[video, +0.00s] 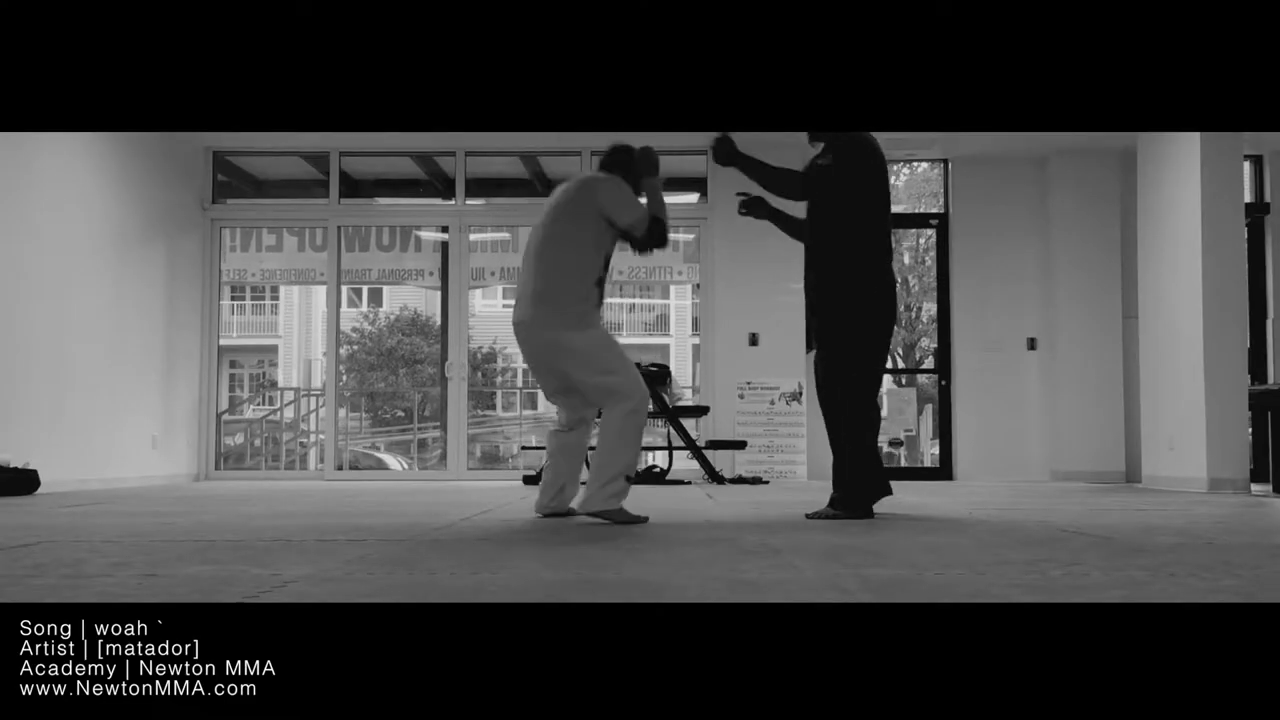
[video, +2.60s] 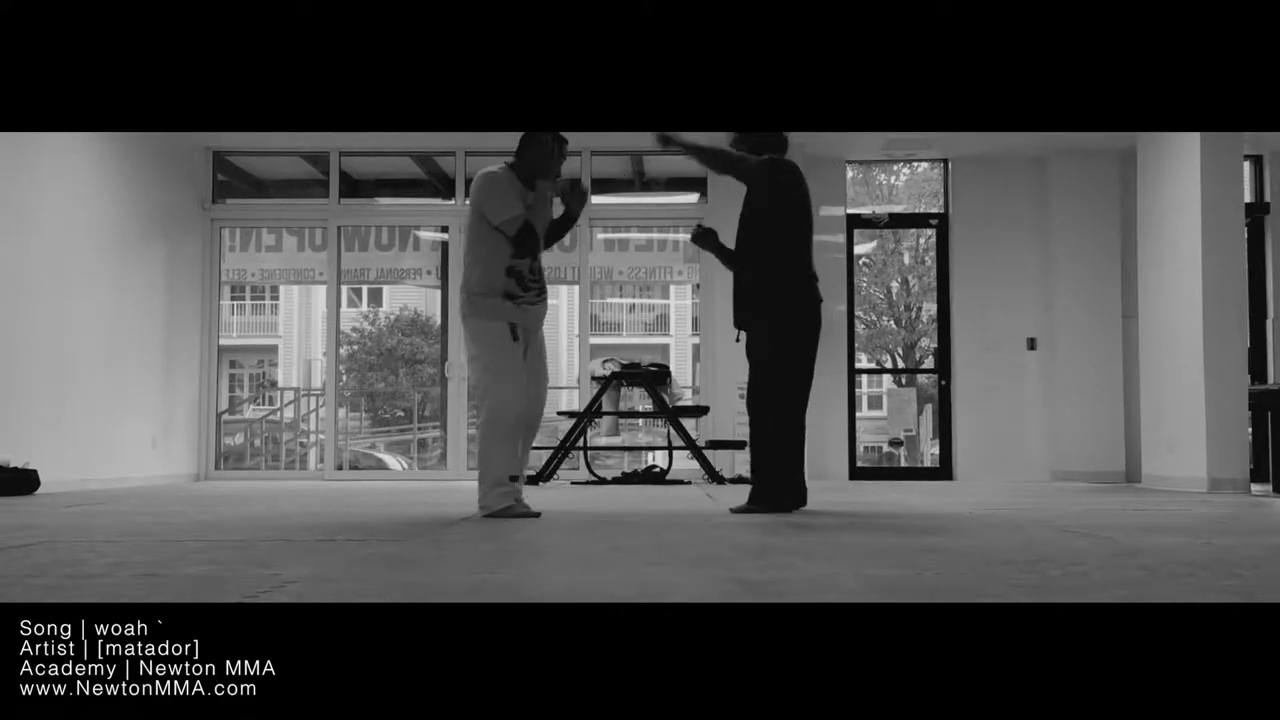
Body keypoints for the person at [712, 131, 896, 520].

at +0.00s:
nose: (808, 136)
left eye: (812, 133)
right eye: (809, 134)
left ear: (826, 128)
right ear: (840, 127)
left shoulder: (852, 151)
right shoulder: (848, 158)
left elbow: (797, 185)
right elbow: (820, 234)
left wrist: (736, 158)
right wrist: (770, 213)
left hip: (854, 299)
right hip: (849, 298)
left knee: (843, 394)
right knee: (848, 394)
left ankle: (853, 499)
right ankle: (858, 489)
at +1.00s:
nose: (785, 148)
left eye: (788, 139)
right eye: (784, 141)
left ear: (806, 135)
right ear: (807, 140)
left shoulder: (841, 166)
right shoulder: (809, 178)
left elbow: (813, 227)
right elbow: (798, 242)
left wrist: (756, 205)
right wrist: (772, 216)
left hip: (857, 308)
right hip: (833, 309)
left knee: (852, 397)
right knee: (839, 398)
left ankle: (852, 495)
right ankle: (851, 493)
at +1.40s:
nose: (772, 148)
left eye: (776, 141)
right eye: (771, 143)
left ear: (797, 138)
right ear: (791, 142)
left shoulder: (835, 169)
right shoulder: (795, 172)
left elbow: (834, 245)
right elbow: (772, 223)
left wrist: (774, 261)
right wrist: (734, 246)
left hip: (861, 296)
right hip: (832, 297)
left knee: (855, 391)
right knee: (838, 390)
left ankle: (848, 495)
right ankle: (862, 487)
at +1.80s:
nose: (760, 139)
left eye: (764, 133)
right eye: (761, 134)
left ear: (785, 133)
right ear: (788, 135)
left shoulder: (812, 170)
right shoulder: (797, 167)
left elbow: (777, 245)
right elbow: (754, 212)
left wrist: (708, 257)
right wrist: (711, 197)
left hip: (839, 308)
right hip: (818, 307)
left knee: (844, 395)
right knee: (816, 393)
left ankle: (845, 499)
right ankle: (814, 483)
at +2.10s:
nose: (747, 145)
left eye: (753, 137)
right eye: (748, 137)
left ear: (774, 141)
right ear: (782, 142)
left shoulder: (784, 183)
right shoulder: (791, 179)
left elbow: (726, 234)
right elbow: (776, 231)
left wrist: (680, 202)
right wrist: (737, 216)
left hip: (814, 314)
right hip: (799, 314)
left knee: (816, 403)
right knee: (791, 403)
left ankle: (838, 495)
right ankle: (791, 492)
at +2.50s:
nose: (735, 148)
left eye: (739, 141)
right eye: (735, 142)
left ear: (755, 143)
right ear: (774, 143)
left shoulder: (770, 174)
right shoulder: (782, 182)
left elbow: (712, 176)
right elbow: (754, 265)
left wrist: (659, 175)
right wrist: (720, 241)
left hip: (783, 313)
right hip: (792, 312)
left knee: (771, 402)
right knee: (783, 403)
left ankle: (775, 495)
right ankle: (784, 493)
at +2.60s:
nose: (734, 153)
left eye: (739, 146)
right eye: (736, 147)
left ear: (757, 145)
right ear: (774, 143)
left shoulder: (777, 173)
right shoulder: (769, 187)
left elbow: (730, 161)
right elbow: (751, 266)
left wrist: (681, 144)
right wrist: (715, 247)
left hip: (784, 312)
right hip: (779, 313)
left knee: (771, 402)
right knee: (778, 402)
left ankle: (772, 495)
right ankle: (784, 492)